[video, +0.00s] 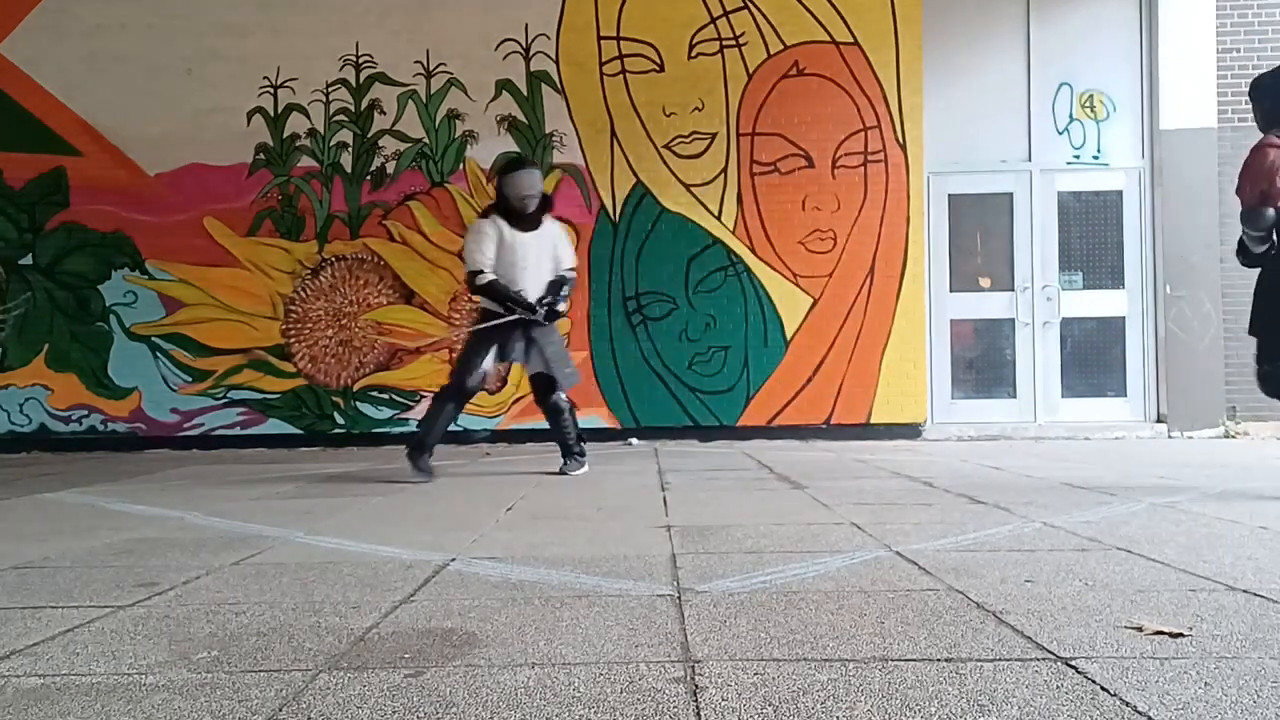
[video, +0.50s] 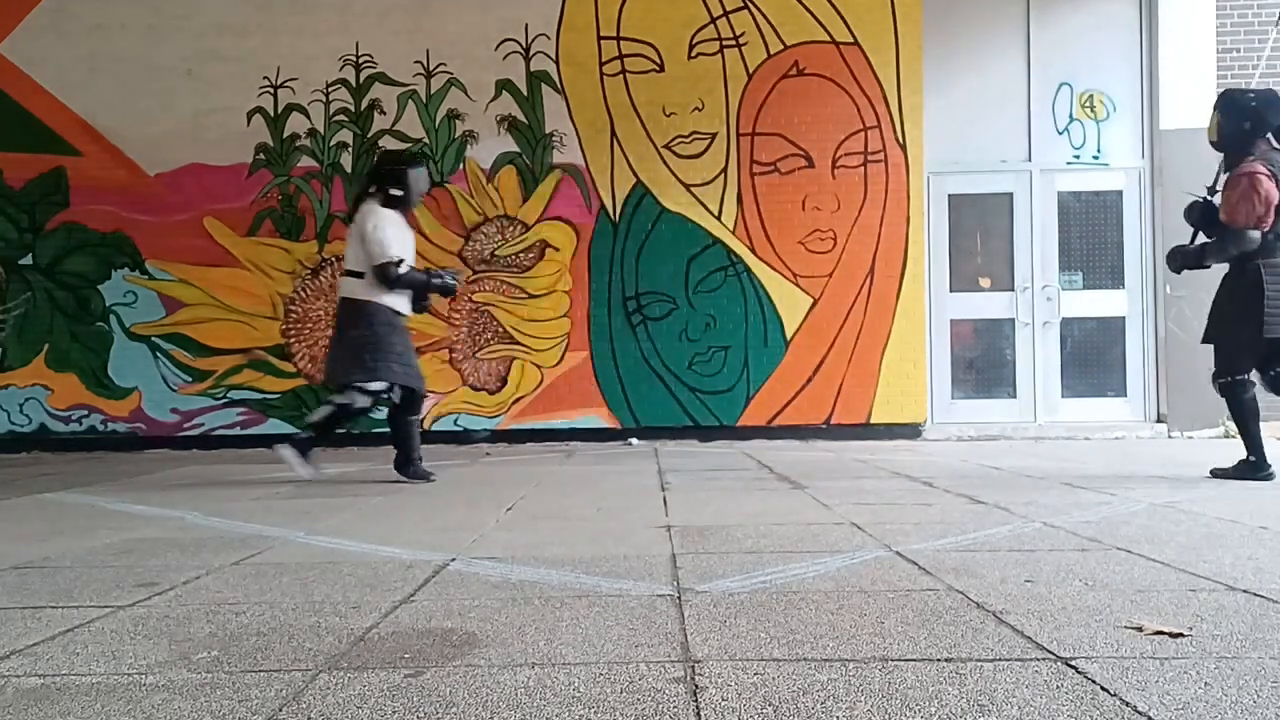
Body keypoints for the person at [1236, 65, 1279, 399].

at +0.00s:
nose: (1253, 113)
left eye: (1255, 104)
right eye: (1253, 104)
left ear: (1263, 107)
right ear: (1273, 106)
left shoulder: (1268, 153)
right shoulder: (1266, 152)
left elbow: (1260, 220)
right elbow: (1260, 221)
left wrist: (1253, 250)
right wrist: (1254, 247)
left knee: (1272, 377)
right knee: (1271, 377)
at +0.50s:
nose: (1213, 129)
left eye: (1219, 121)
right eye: (1214, 120)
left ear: (1241, 126)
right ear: (1256, 126)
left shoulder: (1249, 175)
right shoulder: (1269, 167)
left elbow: (1242, 242)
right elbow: (1259, 233)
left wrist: (1192, 255)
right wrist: (1214, 223)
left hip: (1252, 284)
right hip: (1273, 281)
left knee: (1231, 372)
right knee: (1273, 373)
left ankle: (1256, 459)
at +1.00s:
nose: (1183, 147)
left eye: (1190, 140)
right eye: (1183, 139)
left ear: (1212, 143)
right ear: (1225, 145)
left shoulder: (1222, 185)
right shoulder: (1242, 179)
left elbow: (1208, 249)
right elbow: (1227, 239)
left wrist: (1161, 262)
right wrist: (1183, 229)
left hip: (1225, 287)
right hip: (1247, 285)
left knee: (1172, 359)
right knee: (1230, 370)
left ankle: (1220, 439)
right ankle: (1260, 452)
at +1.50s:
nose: (1130, 156)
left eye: (1136, 149)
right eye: (1131, 148)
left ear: (1158, 154)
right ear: (1166, 155)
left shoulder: (1169, 195)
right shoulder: (1176, 189)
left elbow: (1152, 254)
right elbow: (1162, 244)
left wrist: (1105, 272)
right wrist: (1126, 242)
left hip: (1168, 297)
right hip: (1180, 296)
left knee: (1116, 373)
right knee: (1177, 383)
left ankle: (1120, 459)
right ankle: (1246, 442)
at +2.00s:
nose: (1104, 166)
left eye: (1110, 158)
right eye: (1104, 158)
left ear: (1135, 161)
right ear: (1139, 162)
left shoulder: (1151, 203)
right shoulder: (1140, 198)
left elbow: (1135, 264)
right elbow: (1131, 250)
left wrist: (1085, 280)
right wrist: (1101, 252)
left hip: (1158, 299)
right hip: (1160, 298)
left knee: (1106, 365)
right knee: (1170, 386)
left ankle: (1116, 455)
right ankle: (1222, 452)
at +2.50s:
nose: (1033, 177)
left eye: (1040, 168)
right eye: (1031, 169)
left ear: (1065, 169)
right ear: (1033, 172)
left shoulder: (1107, 206)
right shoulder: (1032, 223)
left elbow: (1134, 253)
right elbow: (1031, 277)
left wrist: (1098, 289)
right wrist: (1039, 312)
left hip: (1095, 308)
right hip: (1051, 309)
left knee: (1083, 386)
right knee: (996, 369)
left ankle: (1100, 457)